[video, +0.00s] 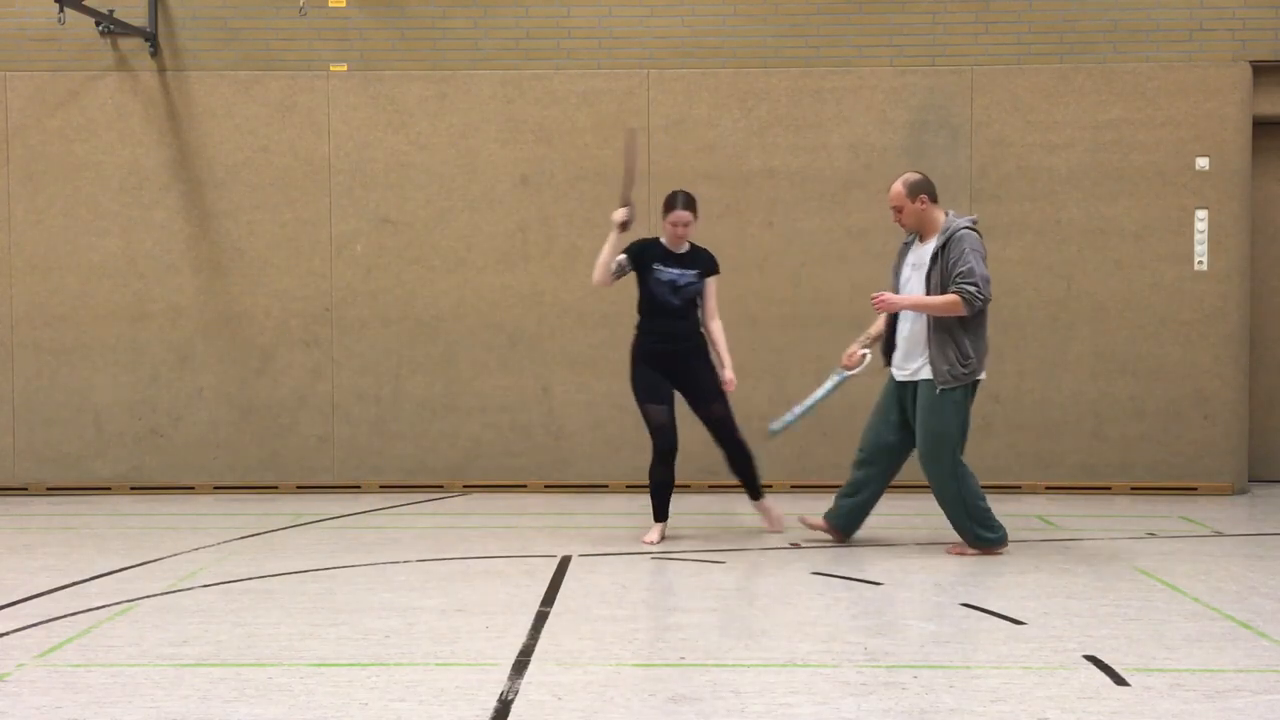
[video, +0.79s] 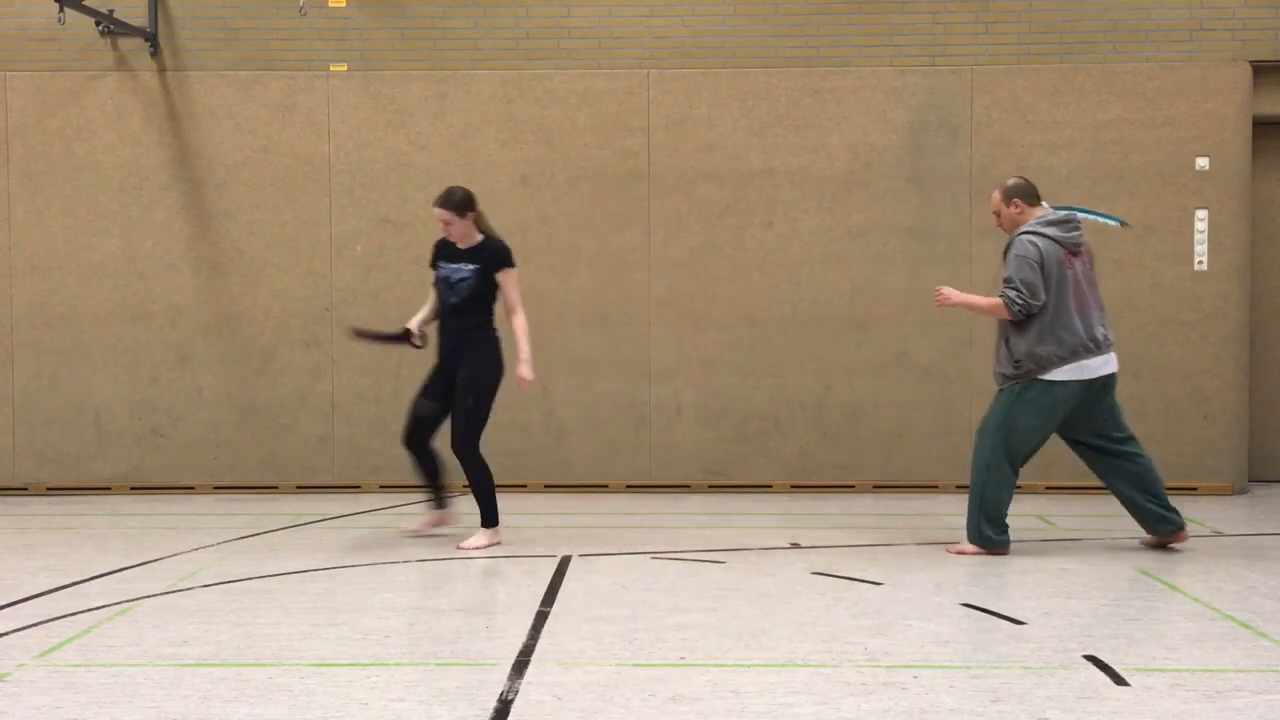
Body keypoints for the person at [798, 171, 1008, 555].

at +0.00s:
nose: (895, 218)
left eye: (899, 210)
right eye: (892, 210)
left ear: (923, 203)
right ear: (917, 205)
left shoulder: (962, 240)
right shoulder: (910, 247)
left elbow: (970, 300)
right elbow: (898, 310)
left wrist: (903, 302)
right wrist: (863, 343)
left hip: (946, 373)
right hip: (906, 373)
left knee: (940, 459)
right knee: (877, 450)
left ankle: (987, 537)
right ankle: (840, 523)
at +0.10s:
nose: (906, 216)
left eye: (909, 207)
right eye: (903, 208)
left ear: (933, 199)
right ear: (929, 201)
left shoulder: (968, 236)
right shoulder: (932, 244)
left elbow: (973, 297)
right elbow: (929, 308)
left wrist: (909, 299)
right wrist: (891, 340)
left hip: (959, 370)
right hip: (928, 369)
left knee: (949, 456)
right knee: (902, 447)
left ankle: (988, 539)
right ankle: (873, 524)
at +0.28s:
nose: (920, 212)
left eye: (921, 204)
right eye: (917, 205)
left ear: (944, 195)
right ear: (943, 195)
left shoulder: (969, 230)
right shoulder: (966, 228)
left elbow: (976, 288)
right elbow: (973, 293)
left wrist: (911, 298)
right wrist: (938, 315)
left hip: (982, 363)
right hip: (963, 361)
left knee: (966, 445)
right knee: (940, 437)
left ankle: (988, 538)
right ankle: (952, 526)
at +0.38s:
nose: (929, 212)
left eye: (930, 204)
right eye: (926, 205)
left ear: (950, 195)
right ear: (953, 194)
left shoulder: (969, 229)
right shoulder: (991, 221)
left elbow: (973, 288)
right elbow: (997, 283)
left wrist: (912, 297)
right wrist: (952, 301)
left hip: (991, 364)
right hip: (1020, 358)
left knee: (969, 446)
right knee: (992, 446)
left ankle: (988, 539)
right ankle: (1013, 525)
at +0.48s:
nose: (944, 214)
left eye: (944, 205)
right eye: (941, 207)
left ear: (965, 197)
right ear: (976, 196)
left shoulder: (978, 232)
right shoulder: (1014, 226)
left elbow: (977, 292)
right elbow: (1027, 282)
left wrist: (917, 298)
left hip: (1004, 367)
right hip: (1044, 360)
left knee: (970, 451)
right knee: (1036, 441)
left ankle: (987, 539)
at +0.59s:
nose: (957, 218)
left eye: (958, 209)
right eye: (955, 210)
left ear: (977, 201)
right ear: (988, 199)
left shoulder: (989, 235)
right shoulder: (1030, 229)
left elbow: (986, 296)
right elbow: (1041, 287)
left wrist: (927, 297)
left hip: (1013, 368)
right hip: (1057, 360)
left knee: (972, 448)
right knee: (1070, 437)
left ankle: (987, 539)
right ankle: (1128, 517)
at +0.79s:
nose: (997, 223)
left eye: (998, 215)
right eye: (995, 216)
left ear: (1017, 207)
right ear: (1028, 206)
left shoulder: (1027, 243)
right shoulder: (1071, 235)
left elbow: (1018, 305)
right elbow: (1076, 295)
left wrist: (962, 299)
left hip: (1050, 372)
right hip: (1095, 366)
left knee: (995, 443)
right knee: (1114, 446)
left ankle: (988, 538)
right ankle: (1166, 524)